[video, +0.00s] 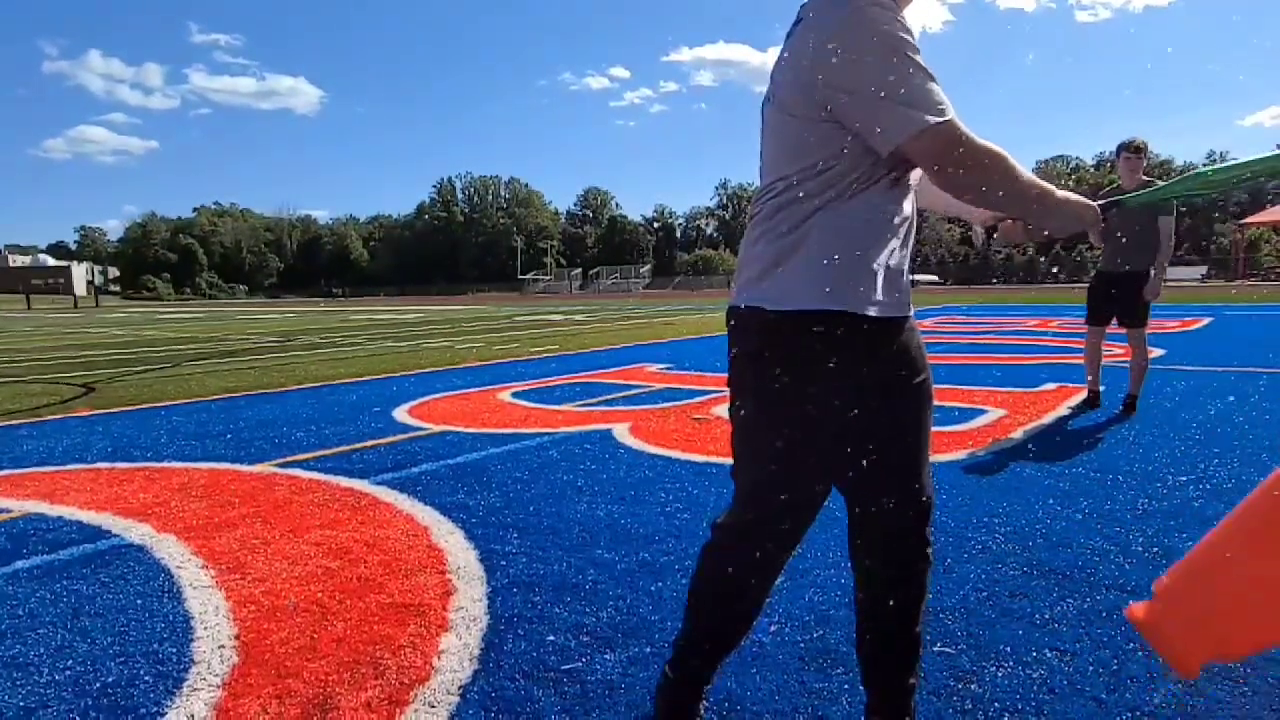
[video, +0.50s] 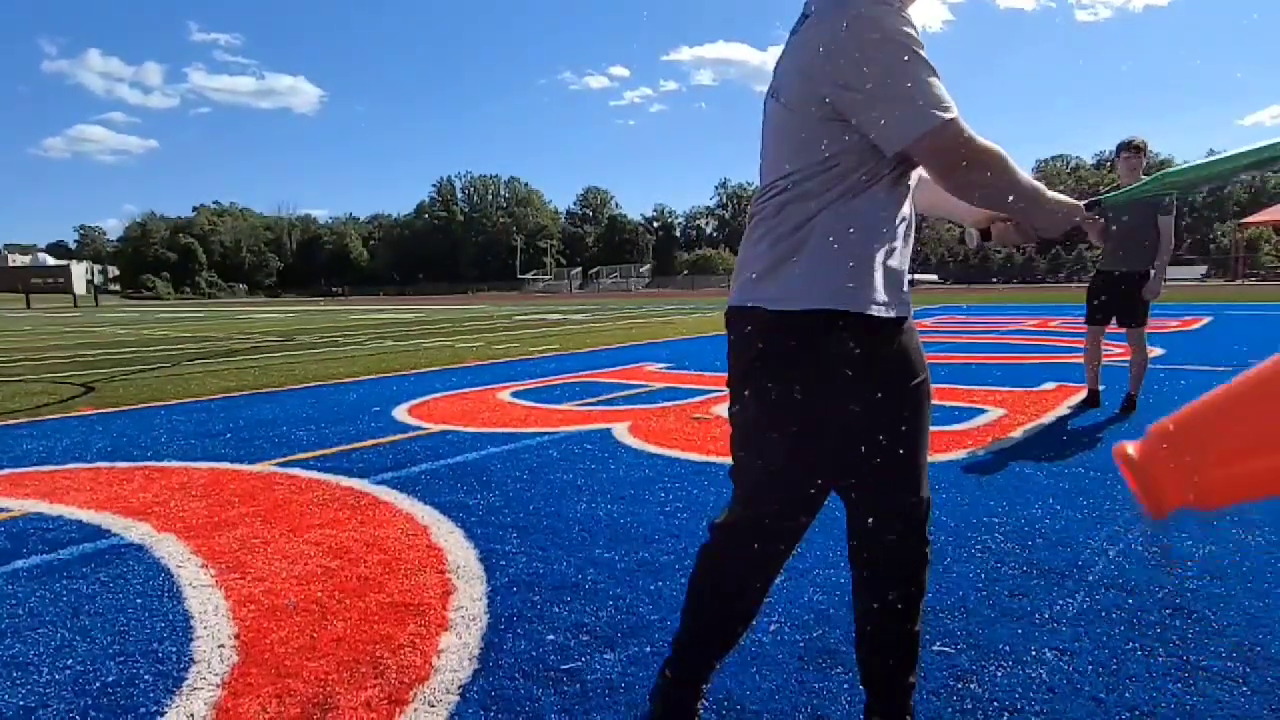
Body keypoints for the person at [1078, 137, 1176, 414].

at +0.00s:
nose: (1133, 163)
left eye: (1138, 158)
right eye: (1128, 158)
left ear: (1145, 162)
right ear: (1117, 162)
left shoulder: (1159, 194)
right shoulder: (1106, 198)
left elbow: (1167, 239)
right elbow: (1098, 241)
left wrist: (1157, 276)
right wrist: (1092, 222)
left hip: (1137, 275)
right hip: (1106, 274)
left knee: (1136, 340)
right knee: (1093, 335)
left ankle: (1132, 397)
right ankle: (1093, 392)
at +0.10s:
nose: (1133, 163)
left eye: (1138, 158)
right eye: (1128, 158)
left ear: (1145, 162)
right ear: (1118, 162)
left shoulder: (1158, 193)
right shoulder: (1107, 197)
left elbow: (1167, 239)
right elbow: (1098, 241)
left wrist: (1157, 277)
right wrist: (1092, 224)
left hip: (1137, 275)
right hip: (1106, 274)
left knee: (1136, 339)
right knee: (1093, 335)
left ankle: (1132, 396)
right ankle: (1092, 391)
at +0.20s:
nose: (1131, 162)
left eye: (1137, 158)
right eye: (1127, 157)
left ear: (1144, 162)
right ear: (1117, 162)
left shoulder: (1158, 193)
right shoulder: (1107, 196)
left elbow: (1166, 239)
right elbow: (1098, 240)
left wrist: (1157, 277)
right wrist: (1091, 225)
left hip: (1137, 274)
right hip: (1106, 273)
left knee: (1136, 339)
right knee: (1093, 334)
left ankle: (1133, 394)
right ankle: (1093, 391)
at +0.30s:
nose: (1132, 161)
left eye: (1137, 156)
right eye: (1127, 156)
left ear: (1144, 161)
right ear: (1117, 161)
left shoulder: (1158, 195)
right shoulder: (1108, 196)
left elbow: (1167, 241)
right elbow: (1096, 238)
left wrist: (1157, 277)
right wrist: (1092, 226)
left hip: (1136, 275)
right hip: (1105, 274)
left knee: (1136, 340)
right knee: (1093, 336)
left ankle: (1132, 397)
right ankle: (1092, 392)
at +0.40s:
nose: (1132, 160)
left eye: (1137, 156)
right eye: (1127, 156)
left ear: (1144, 160)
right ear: (1117, 160)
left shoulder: (1157, 194)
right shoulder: (1107, 197)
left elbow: (1167, 240)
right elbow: (1098, 241)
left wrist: (1157, 276)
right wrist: (1093, 228)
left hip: (1137, 275)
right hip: (1105, 274)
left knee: (1136, 341)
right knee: (1093, 337)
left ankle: (1132, 397)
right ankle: (1092, 392)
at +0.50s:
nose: (1133, 160)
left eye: (1138, 156)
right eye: (1127, 156)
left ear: (1144, 161)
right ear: (1117, 161)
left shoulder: (1158, 196)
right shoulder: (1109, 197)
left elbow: (1167, 240)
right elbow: (1100, 241)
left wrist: (1157, 276)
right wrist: (1092, 228)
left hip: (1137, 275)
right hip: (1105, 274)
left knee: (1136, 340)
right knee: (1093, 335)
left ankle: (1132, 396)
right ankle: (1092, 391)